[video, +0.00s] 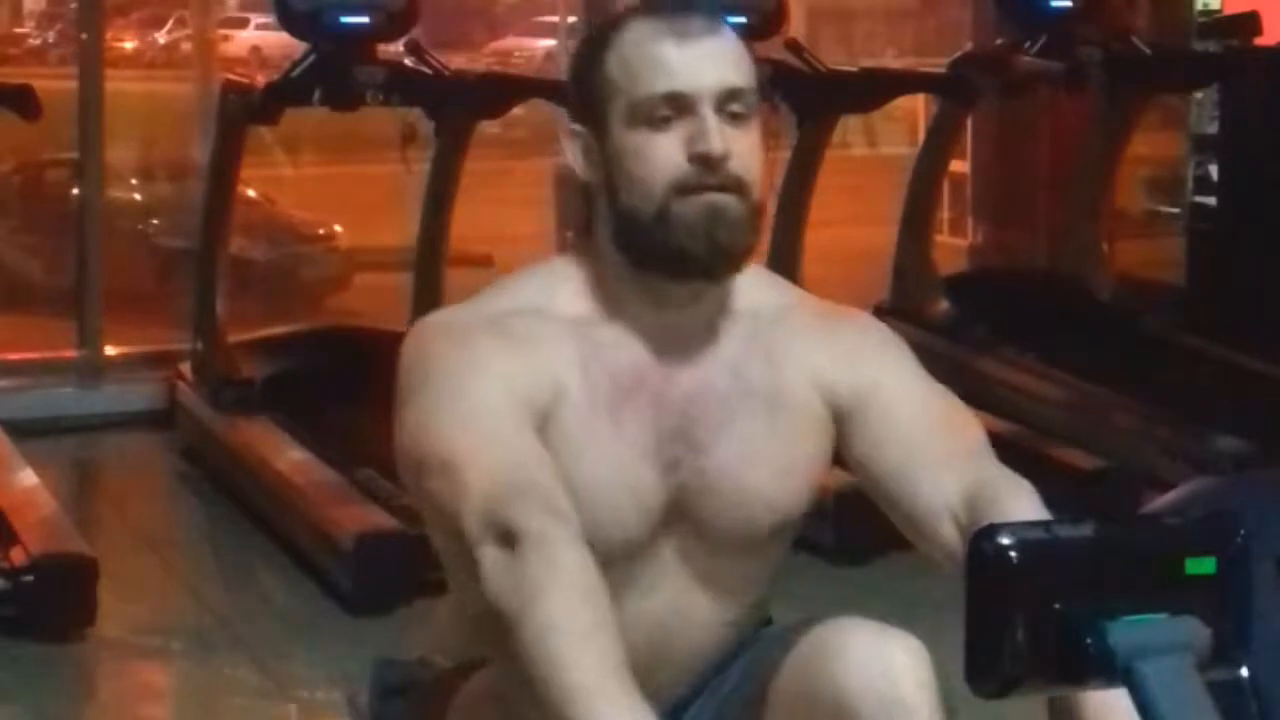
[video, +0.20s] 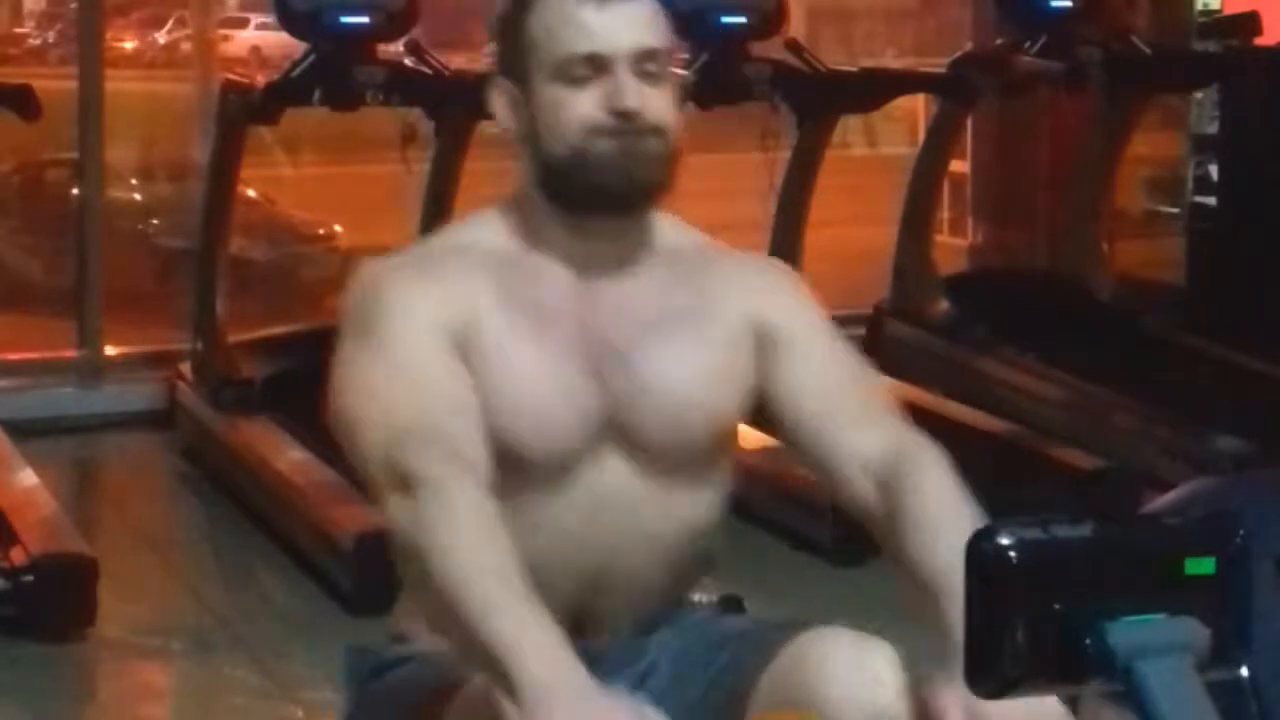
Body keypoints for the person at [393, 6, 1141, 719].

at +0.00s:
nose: (712, 145)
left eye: (734, 111)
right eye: (663, 115)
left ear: (765, 137)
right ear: (581, 151)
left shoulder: (838, 347)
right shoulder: (471, 354)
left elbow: (982, 504)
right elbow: (528, 561)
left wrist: (1099, 687)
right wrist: (620, 713)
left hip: (710, 684)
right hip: (502, 692)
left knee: (881, 664)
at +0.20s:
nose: (628, 102)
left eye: (654, 69)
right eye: (583, 73)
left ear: (683, 90)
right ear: (508, 101)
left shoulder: (751, 293)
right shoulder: (413, 296)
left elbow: (893, 469)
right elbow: (435, 502)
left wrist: (998, 655)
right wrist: (560, 686)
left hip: (658, 647)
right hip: (460, 653)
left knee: (855, 672)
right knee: (511, 707)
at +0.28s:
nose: (590, 91)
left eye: (611, 62)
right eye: (547, 65)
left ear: (640, 81)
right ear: (476, 92)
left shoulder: (719, 276)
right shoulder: (388, 276)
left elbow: (845, 437)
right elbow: (394, 459)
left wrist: (926, 586)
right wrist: (512, 628)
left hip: (655, 635)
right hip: (439, 643)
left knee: (878, 677)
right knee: (523, 700)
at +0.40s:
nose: (529, 84)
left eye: (550, 57)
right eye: (488, 59)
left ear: (578, 74)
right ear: (419, 77)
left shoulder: (649, 247)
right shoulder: (341, 258)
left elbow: (771, 397)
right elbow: (322, 431)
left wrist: (839, 519)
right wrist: (440, 563)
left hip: (607, 639)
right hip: (419, 635)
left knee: (798, 694)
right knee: (477, 698)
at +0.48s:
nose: (515, 88)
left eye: (537, 62)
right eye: (477, 63)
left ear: (565, 77)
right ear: (411, 82)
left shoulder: (633, 244)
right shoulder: (333, 257)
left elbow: (757, 396)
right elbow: (295, 431)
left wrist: (815, 509)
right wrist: (420, 551)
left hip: (606, 620)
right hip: (421, 626)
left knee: (797, 710)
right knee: (465, 704)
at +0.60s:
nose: (485, 107)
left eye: (506, 83)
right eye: (449, 83)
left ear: (529, 98)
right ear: (383, 98)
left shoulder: (587, 251)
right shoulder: (305, 264)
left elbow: (713, 404)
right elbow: (205, 448)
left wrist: (733, 472)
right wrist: (337, 501)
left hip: (587, 621)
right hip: (400, 632)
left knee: (703, 706)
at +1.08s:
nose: (533, 89)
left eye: (554, 64)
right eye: (494, 65)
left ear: (579, 85)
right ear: (426, 89)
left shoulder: (639, 261)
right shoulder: (334, 272)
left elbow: (786, 405)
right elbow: (246, 462)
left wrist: (815, 498)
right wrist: (405, 567)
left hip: (611, 630)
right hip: (418, 640)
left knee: (791, 711)